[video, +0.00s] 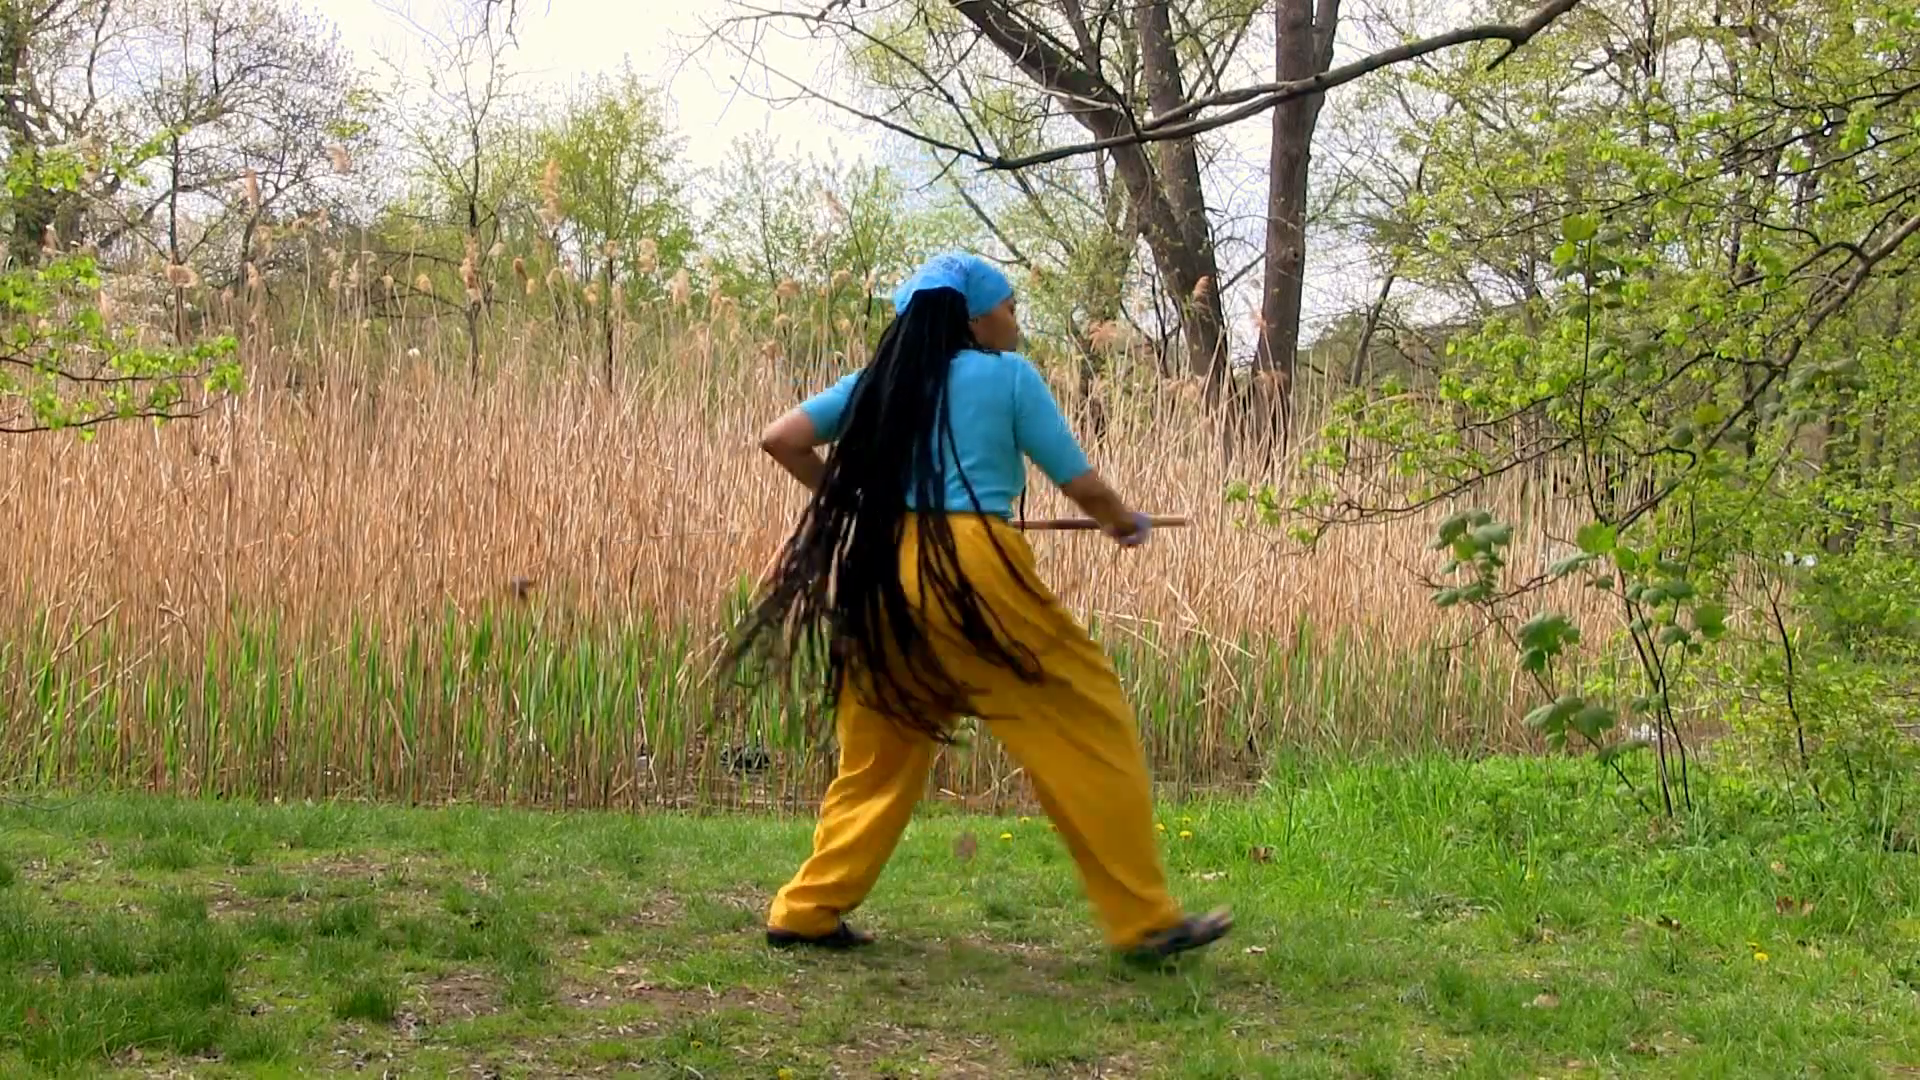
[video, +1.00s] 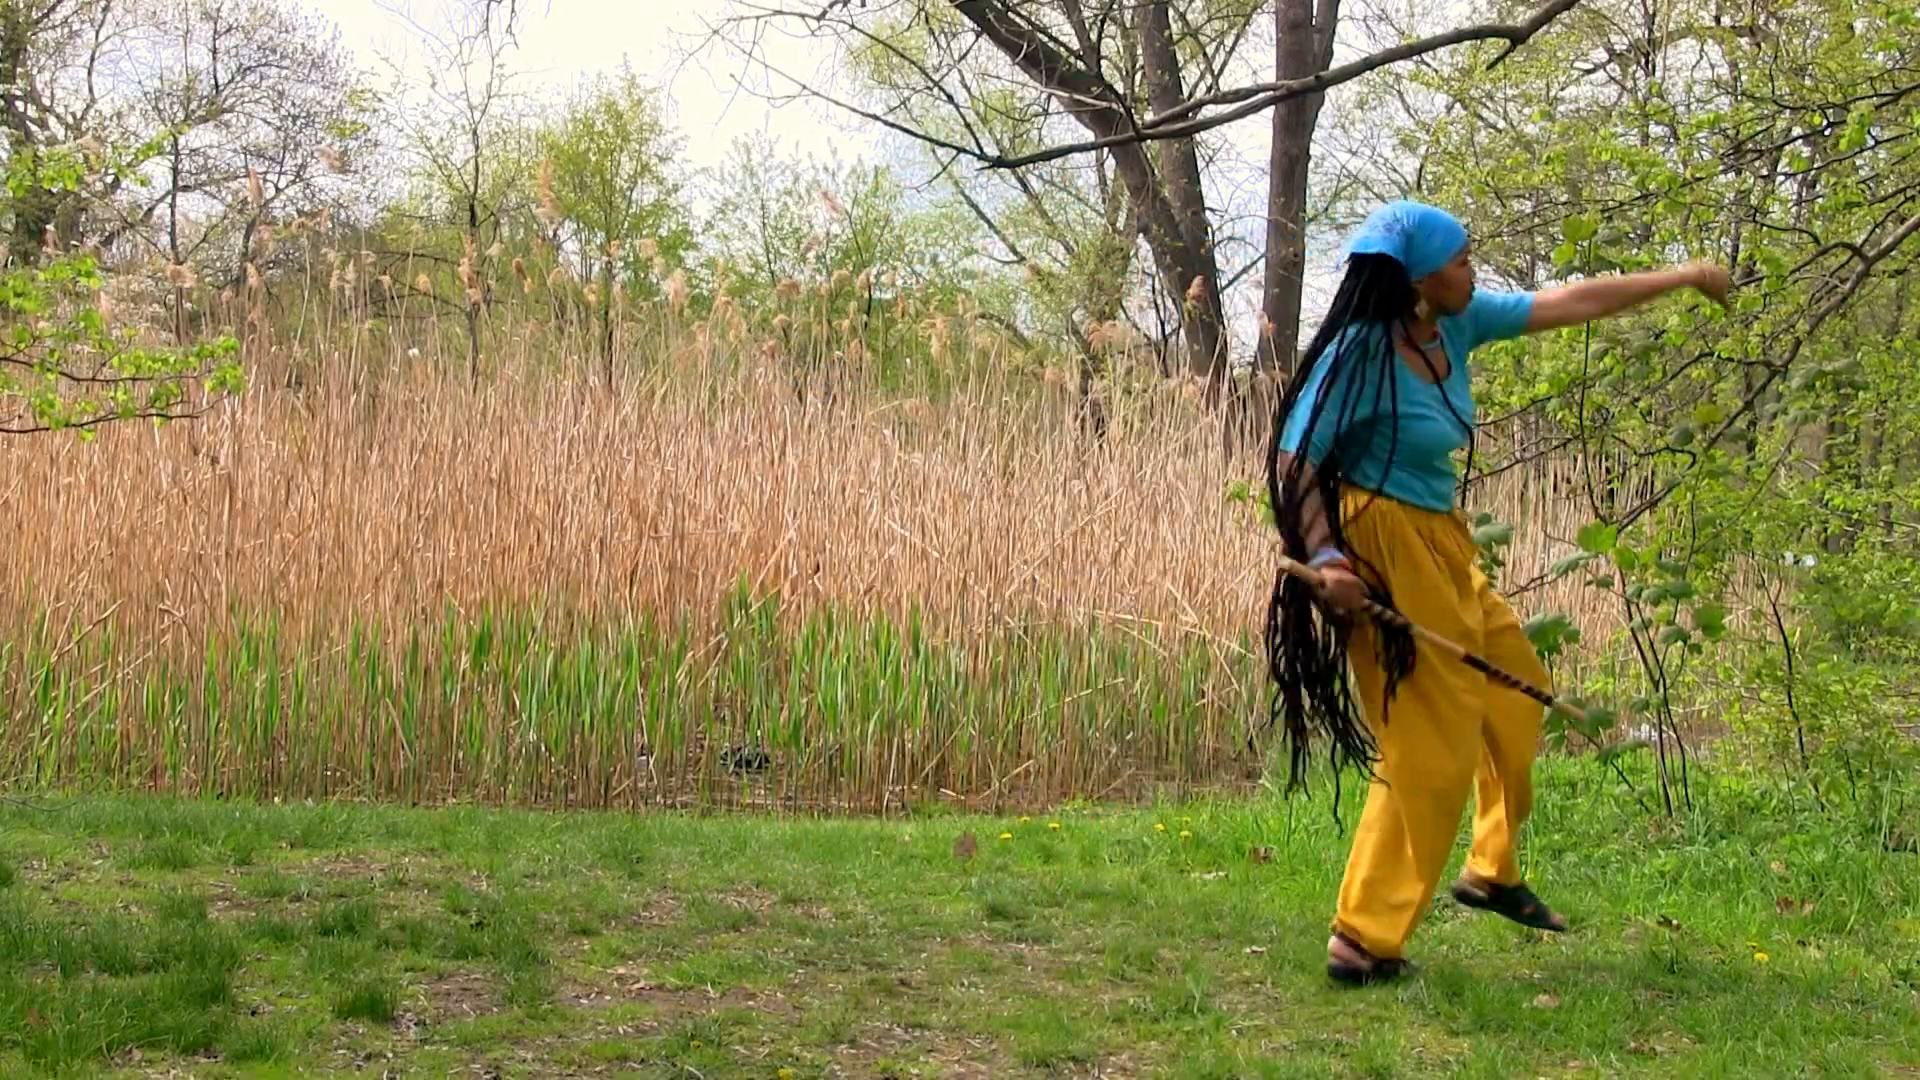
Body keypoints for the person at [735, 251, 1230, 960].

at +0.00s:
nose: (1017, 318)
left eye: (1012, 305)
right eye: (1007, 307)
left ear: (937, 318)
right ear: (973, 316)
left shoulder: (886, 376)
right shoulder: (1008, 374)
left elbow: (784, 438)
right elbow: (1080, 484)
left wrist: (846, 492)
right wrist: (1123, 521)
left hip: (882, 567)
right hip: (978, 567)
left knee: (877, 751)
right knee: (1090, 720)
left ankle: (809, 908)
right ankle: (1144, 920)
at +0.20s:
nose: (1100, 275)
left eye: (1094, 263)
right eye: (1090, 264)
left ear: (1019, 277)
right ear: (1059, 273)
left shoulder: (967, 349)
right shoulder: (1096, 329)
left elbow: (945, 435)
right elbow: (1209, 399)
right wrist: (1298, 423)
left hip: (994, 537)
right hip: (1101, 528)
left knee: (949, 709)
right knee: (1235, 669)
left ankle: (850, 882)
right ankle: (1365, 837)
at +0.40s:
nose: (1222, 296)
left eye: (1217, 283)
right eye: (1212, 286)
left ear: (1142, 302)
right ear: (1181, 301)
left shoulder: (1114, 371)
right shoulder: (1224, 358)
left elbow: (1196, 393)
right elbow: (1335, 360)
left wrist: (1272, 355)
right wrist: (1378, 304)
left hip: (1140, 564)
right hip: (1249, 554)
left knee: (1110, 744)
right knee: (1322, 746)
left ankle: (1100, 919)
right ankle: (1359, 941)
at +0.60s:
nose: (1322, 282)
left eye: (1318, 268)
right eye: (1312, 271)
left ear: (1240, 293)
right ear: (1276, 289)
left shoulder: (1220, 360)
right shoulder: (1313, 351)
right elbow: (1418, 353)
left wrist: (1396, 290)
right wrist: (1419, 276)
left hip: (1234, 557)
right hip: (1322, 557)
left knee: (1234, 749)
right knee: (1384, 750)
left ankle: (1122, 885)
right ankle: (1371, 945)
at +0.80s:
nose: (1398, 270)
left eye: (1394, 258)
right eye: (1387, 260)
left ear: (1337, 280)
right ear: (1353, 278)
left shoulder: (1312, 342)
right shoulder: (1362, 355)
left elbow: (1440, 318)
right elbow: (1427, 475)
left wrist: (1471, 292)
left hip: (1312, 541)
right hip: (1363, 543)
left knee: (1419, 709)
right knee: (1420, 728)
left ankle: (1292, 794)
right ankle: (1377, 945)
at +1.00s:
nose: (1473, 272)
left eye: (1467, 259)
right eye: (1459, 262)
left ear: (1434, 276)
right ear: (1417, 279)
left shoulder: (1454, 323)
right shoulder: (1352, 351)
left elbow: (1567, 302)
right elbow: (1295, 462)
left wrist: (1679, 276)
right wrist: (1320, 556)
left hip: (1444, 545)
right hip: (1379, 545)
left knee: (1518, 685)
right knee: (1432, 734)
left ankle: (1494, 870)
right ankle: (1363, 936)